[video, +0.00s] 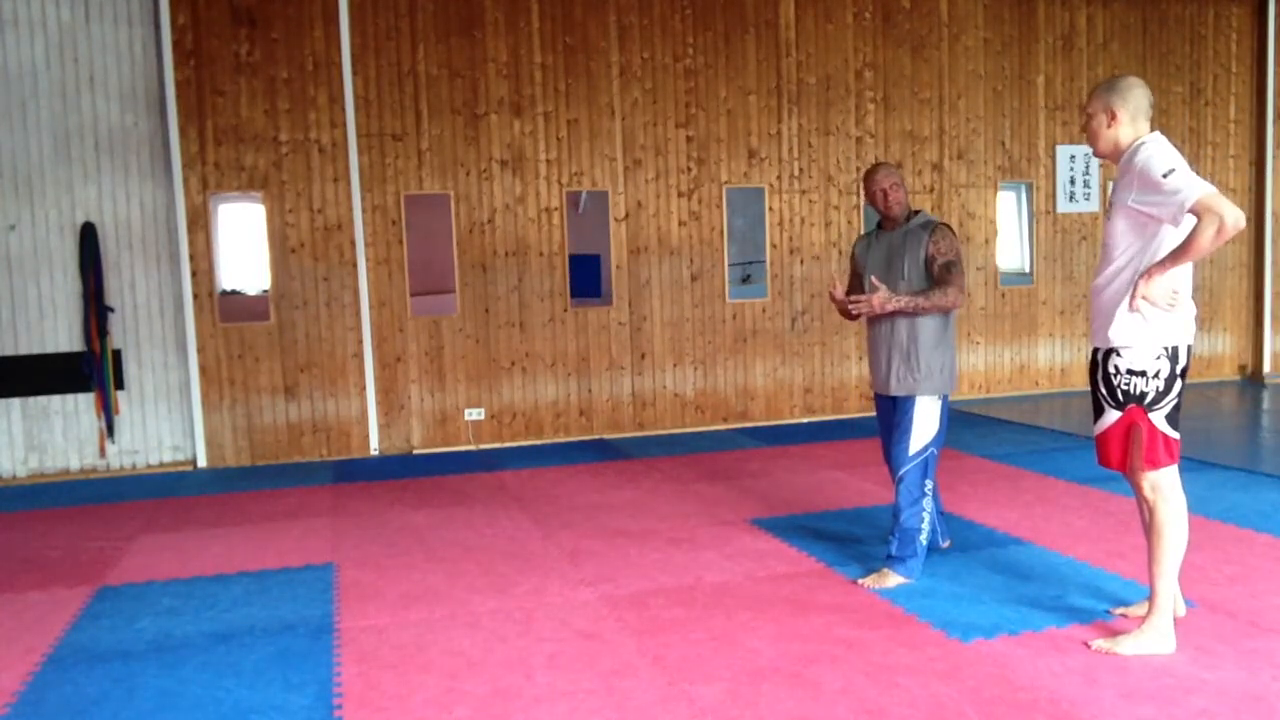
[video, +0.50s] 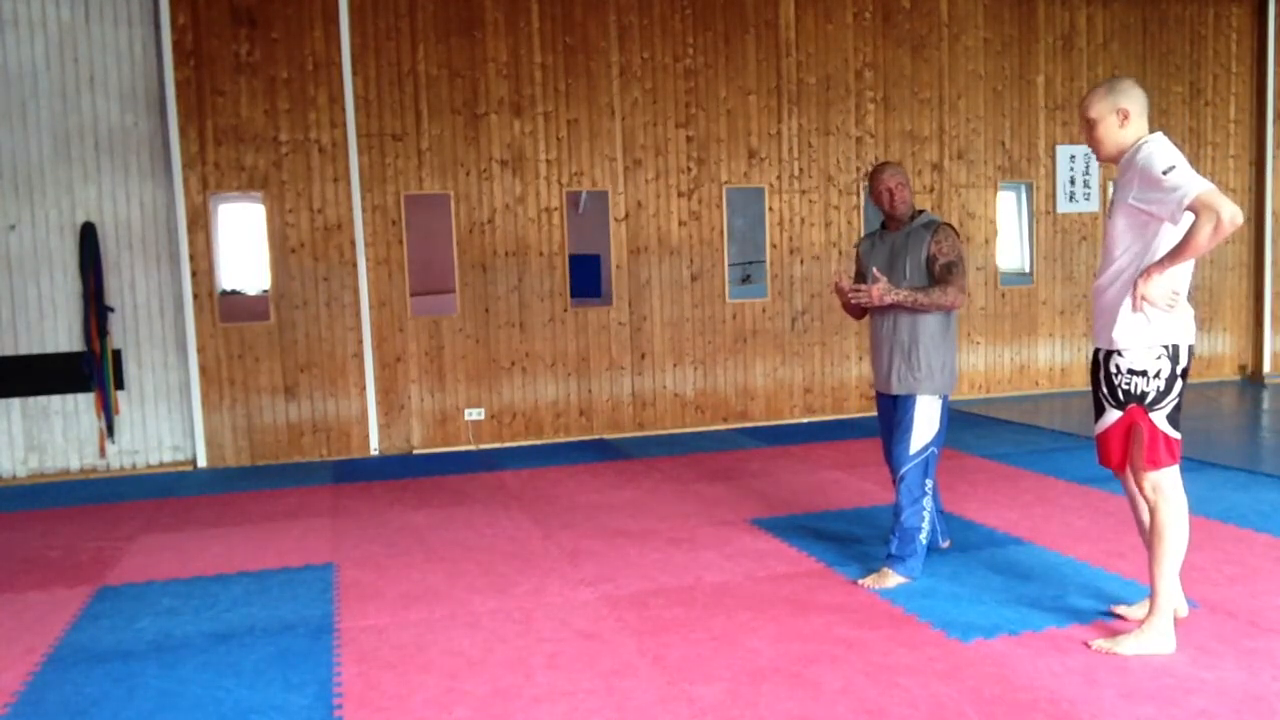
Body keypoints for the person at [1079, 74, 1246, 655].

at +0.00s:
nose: (1085, 131)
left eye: (1090, 119)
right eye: (1086, 120)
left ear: (1114, 117)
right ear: (1127, 116)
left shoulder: (1146, 157)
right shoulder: (1149, 157)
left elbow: (1223, 215)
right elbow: (1228, 219)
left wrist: (1161, 269)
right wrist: (1161, 268)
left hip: (1139, 339)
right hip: (1148, 338)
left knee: (1152, 477)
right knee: (1153, 473)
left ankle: (1160, 625)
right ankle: (1167, 593)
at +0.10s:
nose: (1085, 131)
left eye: (1090, 119)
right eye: (1086, 119)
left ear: (1114, 117)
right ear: (1128, 117)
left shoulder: (1146, 156)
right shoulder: (1150, 157)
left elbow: (1222, 214)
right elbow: (1229, 219)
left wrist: (1161, 269)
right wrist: (1162, 267)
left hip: (1140, 339)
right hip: (1148, 338)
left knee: (1152, 478)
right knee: (1154, 473)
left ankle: (1160, 625)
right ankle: (1167, 593)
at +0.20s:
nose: (1085, 130)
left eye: (1090, 118)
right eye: (1086, 119)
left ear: (1114, 117)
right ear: (1127, 116)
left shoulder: (1146, 156)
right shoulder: (1148, 158)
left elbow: (1223, 214)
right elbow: (1228, 219)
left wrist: (1161, 269)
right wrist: (1161, 268)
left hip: (1141, 339)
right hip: (1147, 338)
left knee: (1152, 478)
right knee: (1153, 473)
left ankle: (1160, 625)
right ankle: (1167, 593)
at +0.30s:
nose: (1084, 126)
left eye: (1091, 115)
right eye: (1085, 116)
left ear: (1120, 117)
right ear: (1125, 117)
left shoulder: (1146, 155)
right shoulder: (1145, 158)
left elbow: (1219, 212)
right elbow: (1228, 217)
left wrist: (1161, 269)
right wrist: (1162, 267)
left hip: (1142, 339)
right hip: (1146, 339)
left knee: (1153, 478)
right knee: (1152, 474)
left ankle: (1160, 625)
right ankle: (1168, 592)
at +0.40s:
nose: (1085, 125)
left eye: (1094, 115)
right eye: (1086, 115)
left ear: (1126, 118)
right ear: (1126, 117)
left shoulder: (1147, 155)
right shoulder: (1145, 158)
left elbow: (1217, 211)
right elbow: (1227, 216)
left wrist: (1159, 269)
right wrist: (1162, 268)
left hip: (1142, 340)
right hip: (1142, 339)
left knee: (1153, 478)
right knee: (1147, 473)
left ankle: (1160, 625)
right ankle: (1169, 592)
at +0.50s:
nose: (1086, 135)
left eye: (1092, 122)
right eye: (1084, 123)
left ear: (1124, 118)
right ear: (1125, 118)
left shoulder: (1149, 154)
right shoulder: (1149, 159)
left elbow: (1215, 211)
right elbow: (1228, 215)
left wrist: (1159, 270)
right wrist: (1162, 267)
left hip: (1142, 341)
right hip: (1138, 340)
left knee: (1153, 478)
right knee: (1140, 473)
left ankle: (1160, 624)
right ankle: (1168, 594)